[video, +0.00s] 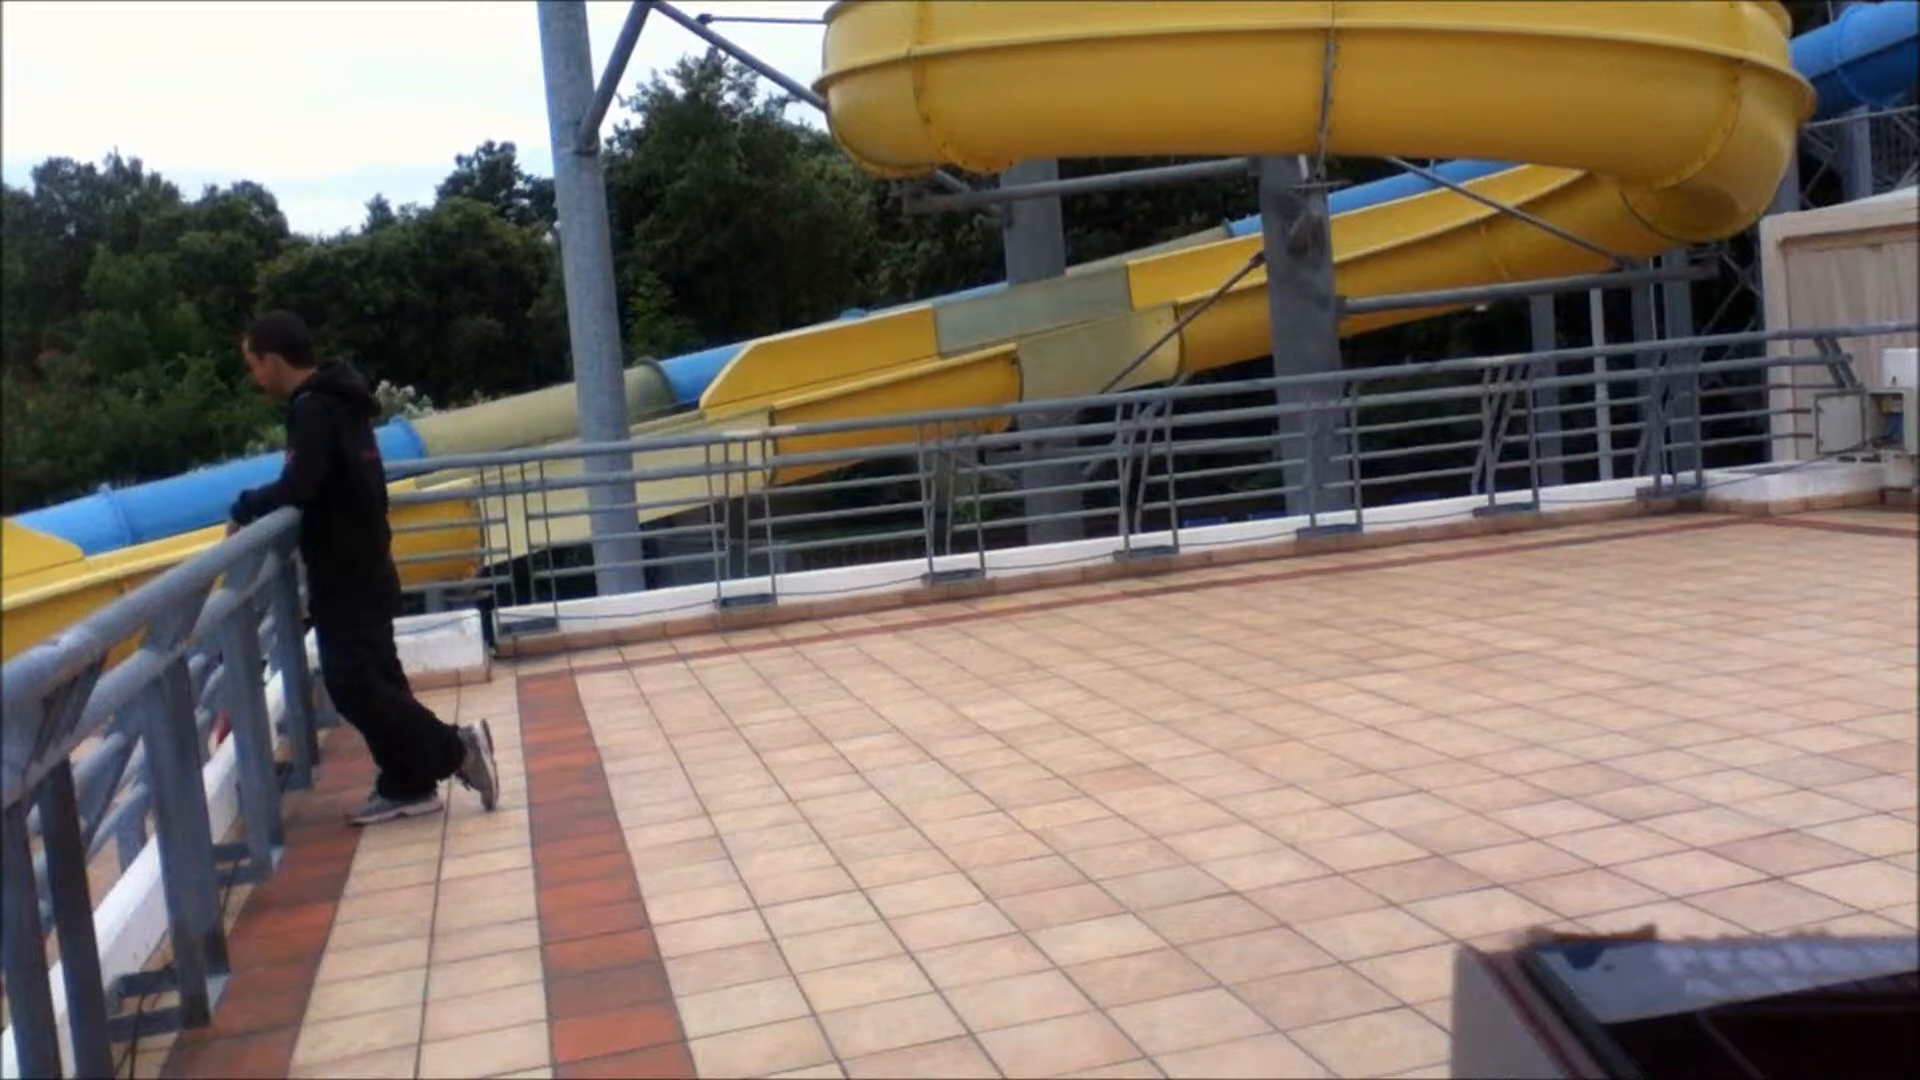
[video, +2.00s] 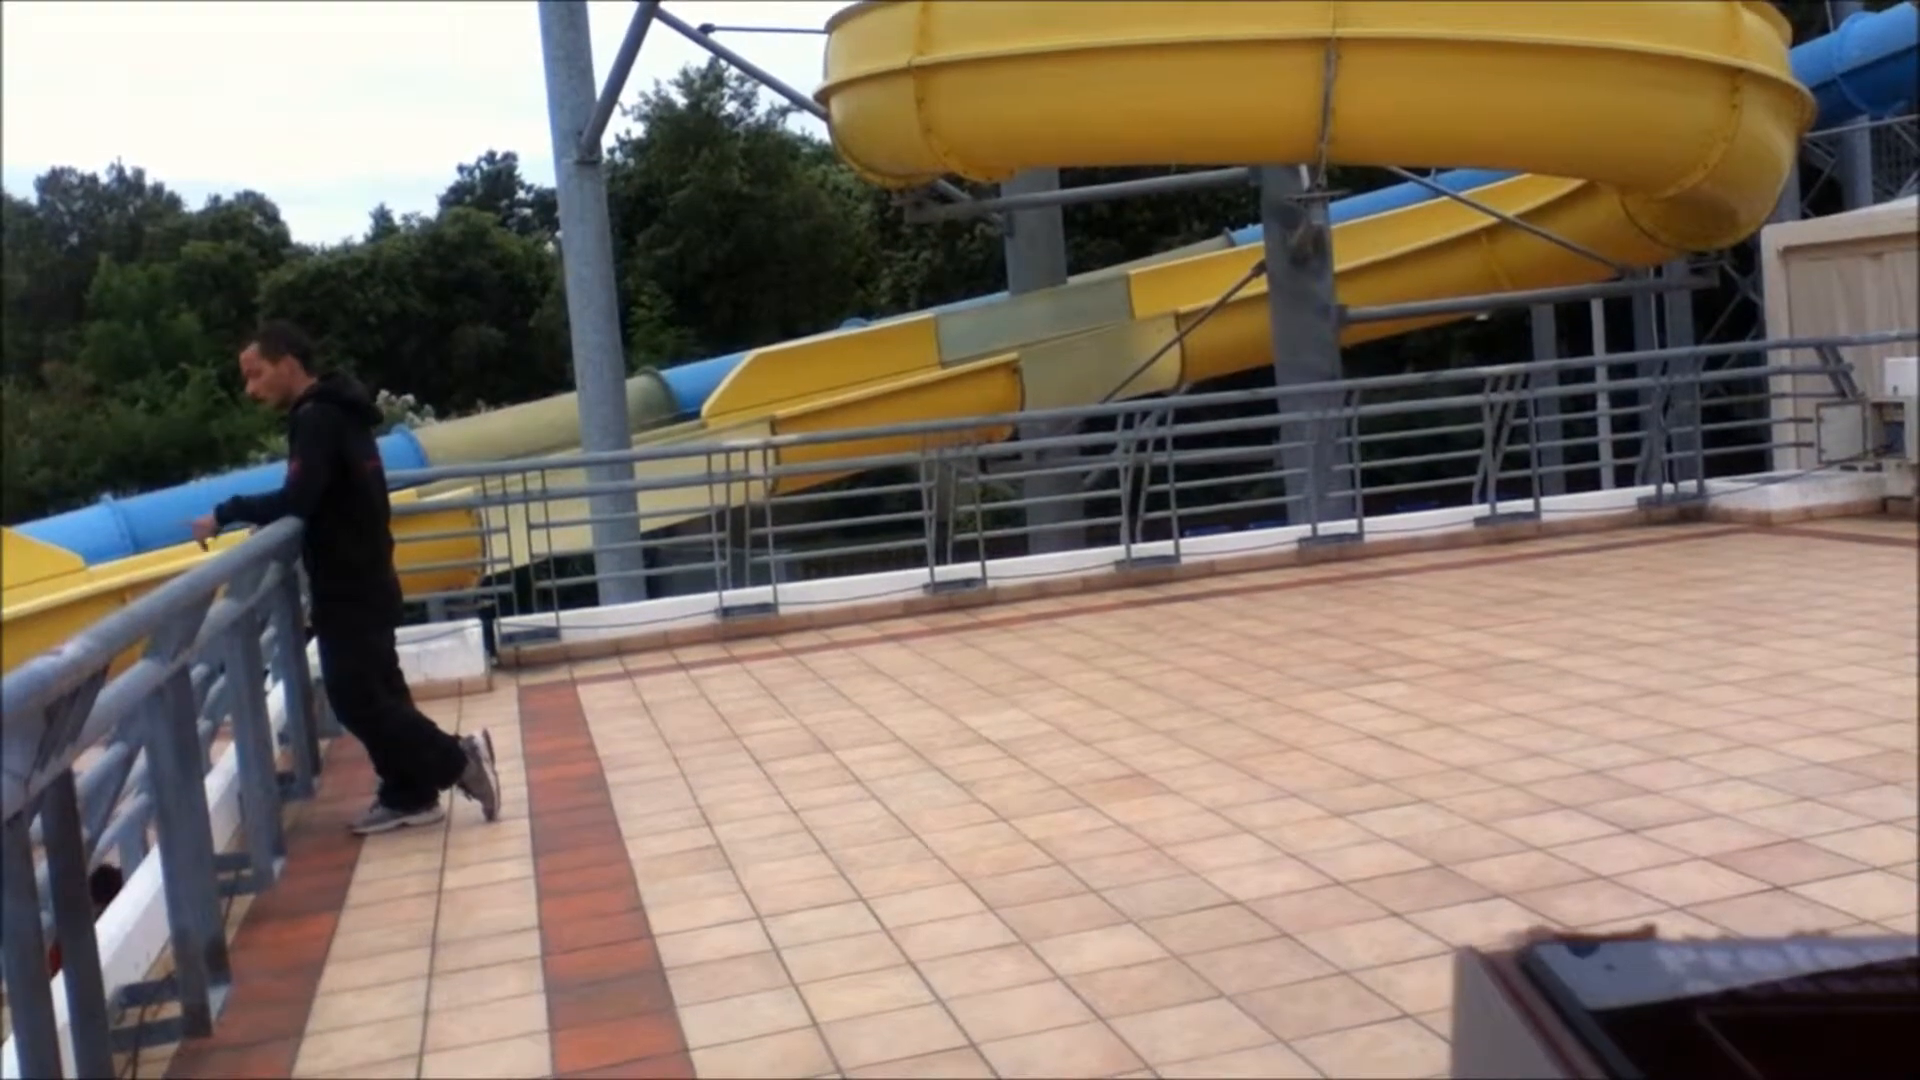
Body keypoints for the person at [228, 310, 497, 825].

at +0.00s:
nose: (253, 376)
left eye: (253, 365)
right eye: (250, 366)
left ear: (276, 360)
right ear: (298, 354)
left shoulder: (313, 409)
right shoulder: (337, 397)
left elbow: (301, 487)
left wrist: (244, 508)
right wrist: (261, 508)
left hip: (344, 572)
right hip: (365, 567)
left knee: (350, 688)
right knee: (376, 676)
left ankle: (456, 749)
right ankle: (406, 788)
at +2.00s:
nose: (252, 390)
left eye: (255, 376)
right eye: (247, 380)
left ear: (287, 365)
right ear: (289, 369)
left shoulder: (314, 420)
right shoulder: (338, 410)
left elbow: (300, 502)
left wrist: (227, 513)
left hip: (347, 586)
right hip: (366, 579)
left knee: (353, 698)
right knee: (378, 688)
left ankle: (455, 759)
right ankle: (408, 796)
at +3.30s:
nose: (252, 397)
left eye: (253, 383)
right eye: (247, 387)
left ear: (285, 369)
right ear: (288, 373)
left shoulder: (316, 421)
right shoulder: (334, 411)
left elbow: (309, 500)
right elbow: (322, 498)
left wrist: (256, 514)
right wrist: (269, 514)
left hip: (346, 586)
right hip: (361, 581)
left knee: (350, 699)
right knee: (376, 688)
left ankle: (455, 762)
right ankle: (407, 799)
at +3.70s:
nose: (255, 397)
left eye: (256, 382)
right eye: (250, 387)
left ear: (286, 368)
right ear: (291, 372)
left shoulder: (318, 422)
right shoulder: (339, 412)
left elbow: (307, 501)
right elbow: (323, 499)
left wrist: (255, 515)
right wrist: (272, 514)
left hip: (345, 587)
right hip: (362, 582)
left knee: (350, 701)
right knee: (377, 689)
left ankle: (455, 763)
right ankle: (407, 800)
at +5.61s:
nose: (249, 357)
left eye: (250, 342)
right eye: (245, 347)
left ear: (281, 328)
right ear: (285, 332)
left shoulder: (316, 381)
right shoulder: (331, 373)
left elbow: (305, 458)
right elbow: (320, 457)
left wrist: (251, 475)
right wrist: (267, 473)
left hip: (343, 549)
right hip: (357, 544)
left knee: (346, 661)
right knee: (372, 649)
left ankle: (449, 724)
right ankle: (403, 760)